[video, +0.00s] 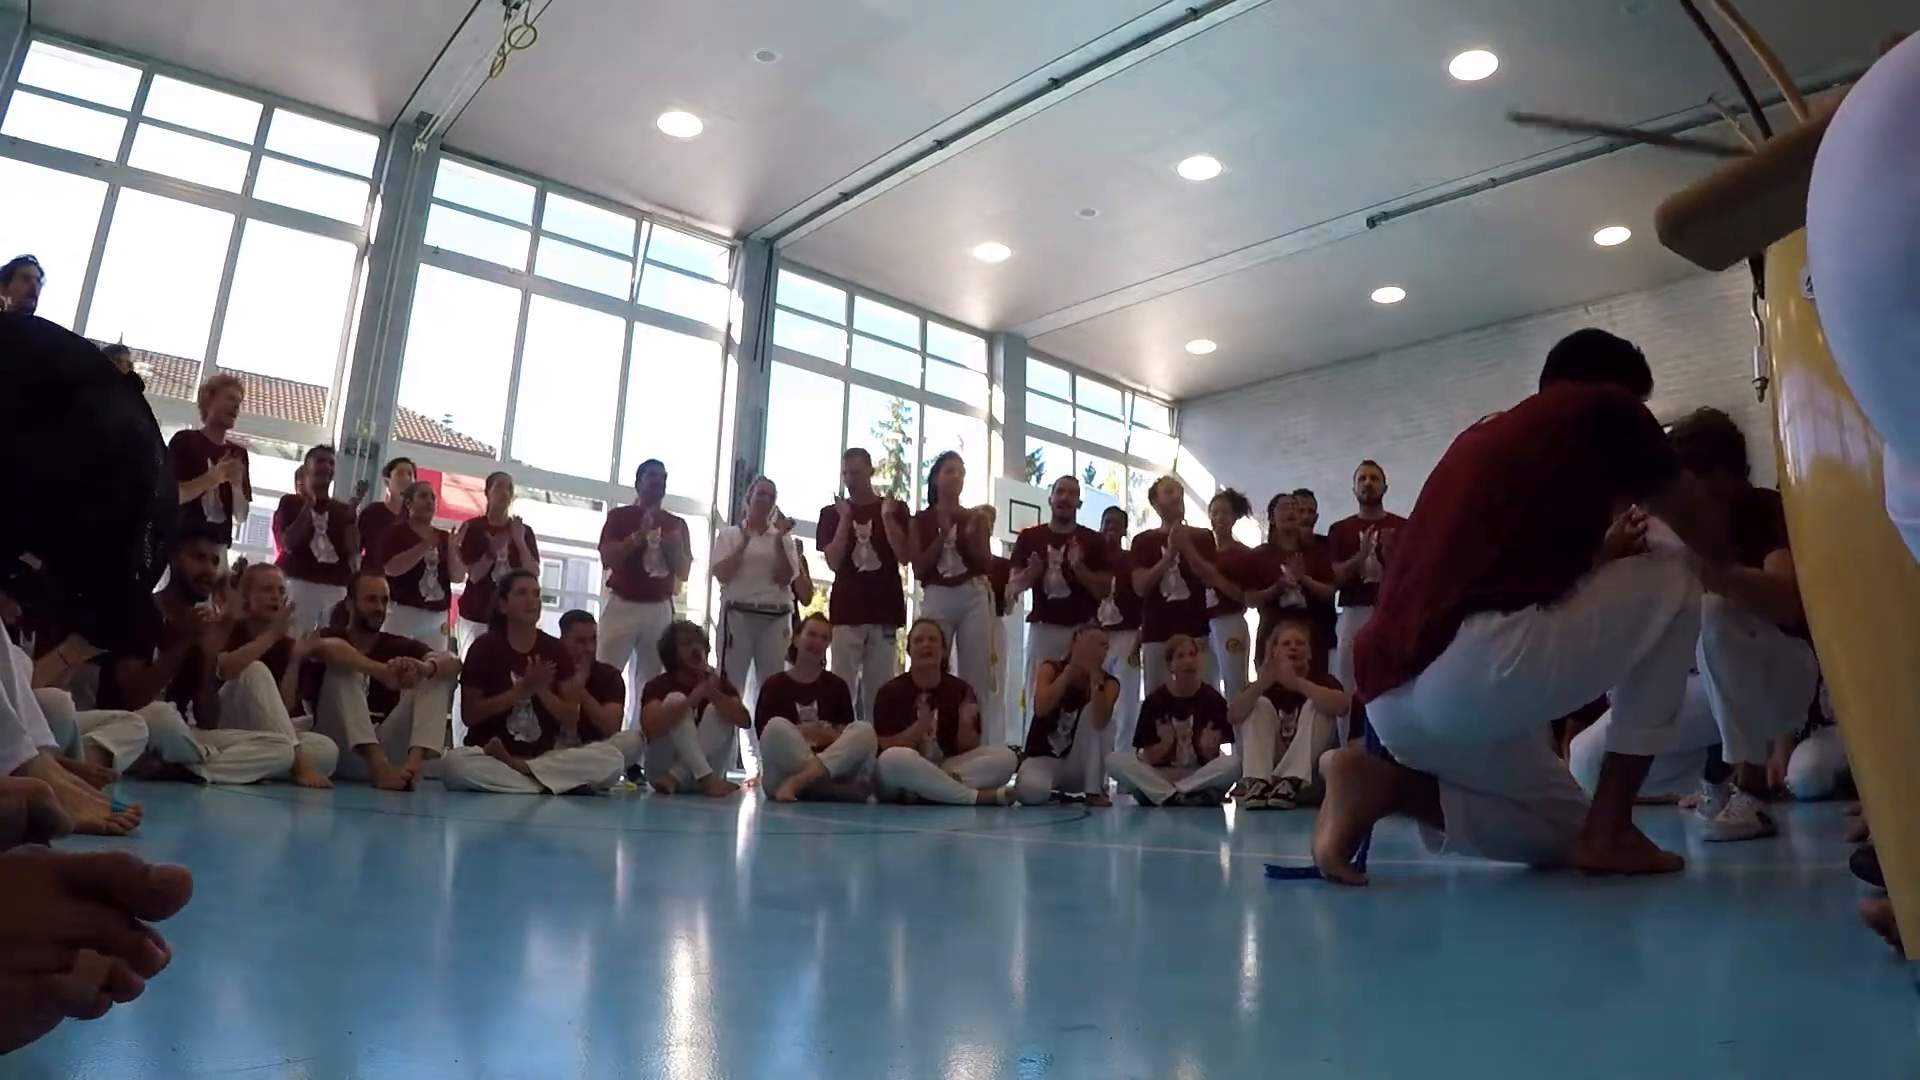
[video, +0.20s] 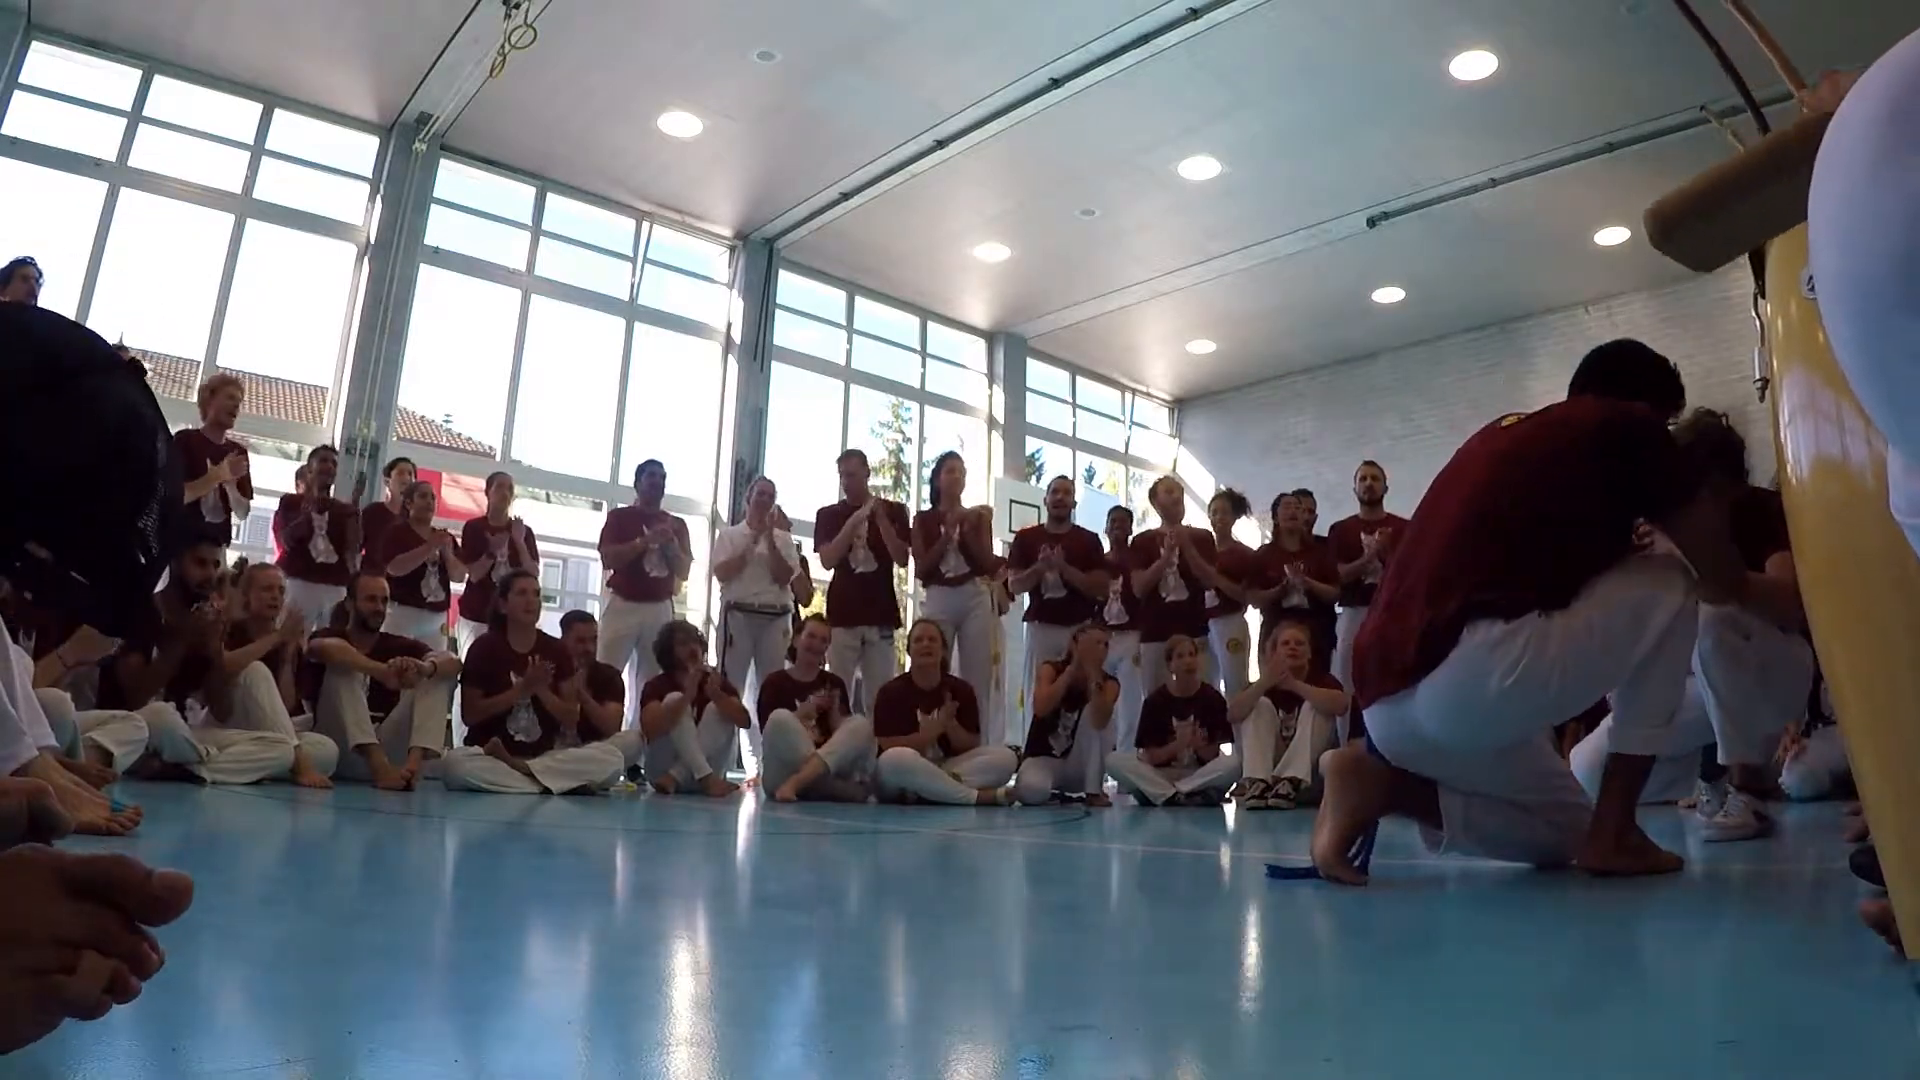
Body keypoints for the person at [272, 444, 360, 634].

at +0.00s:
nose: (326, 467)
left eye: (331, 463)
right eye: (321, 461)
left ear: (335, 471)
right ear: (306, 467)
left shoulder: (344, 510)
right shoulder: (290, 503)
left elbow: (353, 550)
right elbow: (289, 543)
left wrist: (352, 515)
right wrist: (308, 507)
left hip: (335, 587)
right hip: (299, 583)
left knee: (331, 651)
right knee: (293, 648)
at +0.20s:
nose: (329, 467)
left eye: (333, 463)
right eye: (323, 461)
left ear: (337, 472)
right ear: (309, 468)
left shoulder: (346, 510)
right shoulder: (290, 502)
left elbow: (353, 548)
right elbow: (286, 540)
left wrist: (356, 505)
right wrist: (308, 512)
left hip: (335, 587)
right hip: (299, 583)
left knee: (330, 653)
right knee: (290, 649)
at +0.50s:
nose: (344, 469)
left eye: (348, 466)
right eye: (339, 461)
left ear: (348, 474)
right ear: (322, 463)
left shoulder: (349, 511)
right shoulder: (294, 496)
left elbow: (352, 553)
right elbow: (275, 541)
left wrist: (338, 534)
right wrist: (314, 533)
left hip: (334, 588)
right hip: (297, 583)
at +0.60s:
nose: (345, 468)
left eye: (349, 465)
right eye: (340, 461)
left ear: (350, 472)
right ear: (323, 463)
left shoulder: (350, 512)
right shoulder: (294, 497)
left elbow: (353, 560)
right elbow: (268, 540)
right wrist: (304, 545)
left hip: (334, 589)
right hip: (296, 584)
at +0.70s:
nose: (345, 467)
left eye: (349, 464)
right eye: (340, 460)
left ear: (350, 472)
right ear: (323, 462)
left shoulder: (351, 512)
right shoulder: (295, 497)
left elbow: (353, 558)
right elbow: (268, 543)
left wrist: (351, 559)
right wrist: (298, 532)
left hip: (333, 590)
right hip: (296, 584)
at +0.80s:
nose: (343, 466)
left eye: (347, 463)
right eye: (338, 458)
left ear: (348, 471)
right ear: (321, 461)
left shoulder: (351, 510)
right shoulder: (294, 497)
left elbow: (352, 559)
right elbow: (278, 543)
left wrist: (356, 543)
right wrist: (303, 517)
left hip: (333, 589)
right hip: (296, 583)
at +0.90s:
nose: (342, 466)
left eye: (347, 463)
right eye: (337, 458)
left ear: (348, 470)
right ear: (321, 460)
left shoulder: (348, 507)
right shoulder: (297, 495)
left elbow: (351, 558)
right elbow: (288, 540)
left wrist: (348, 528)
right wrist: (318, 525)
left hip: (334, 585)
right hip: (298, 581)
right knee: (289, 645)